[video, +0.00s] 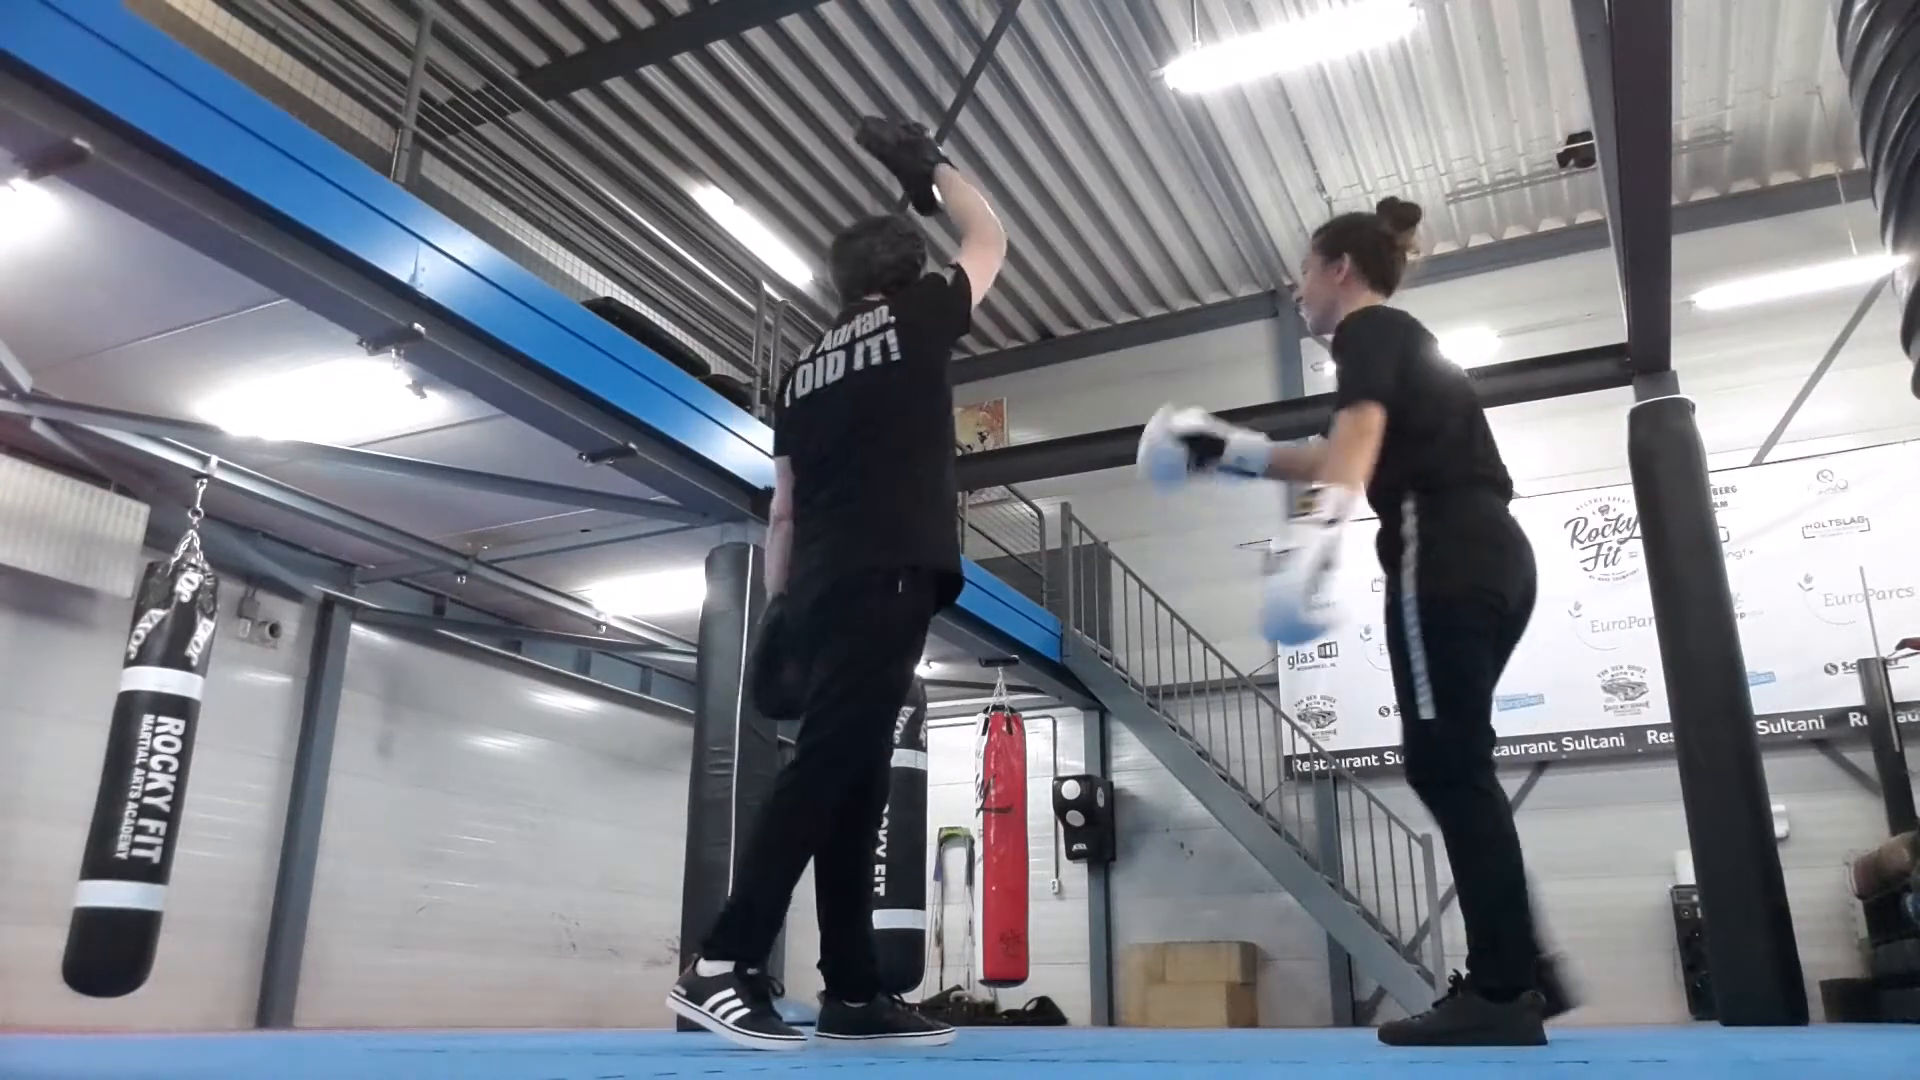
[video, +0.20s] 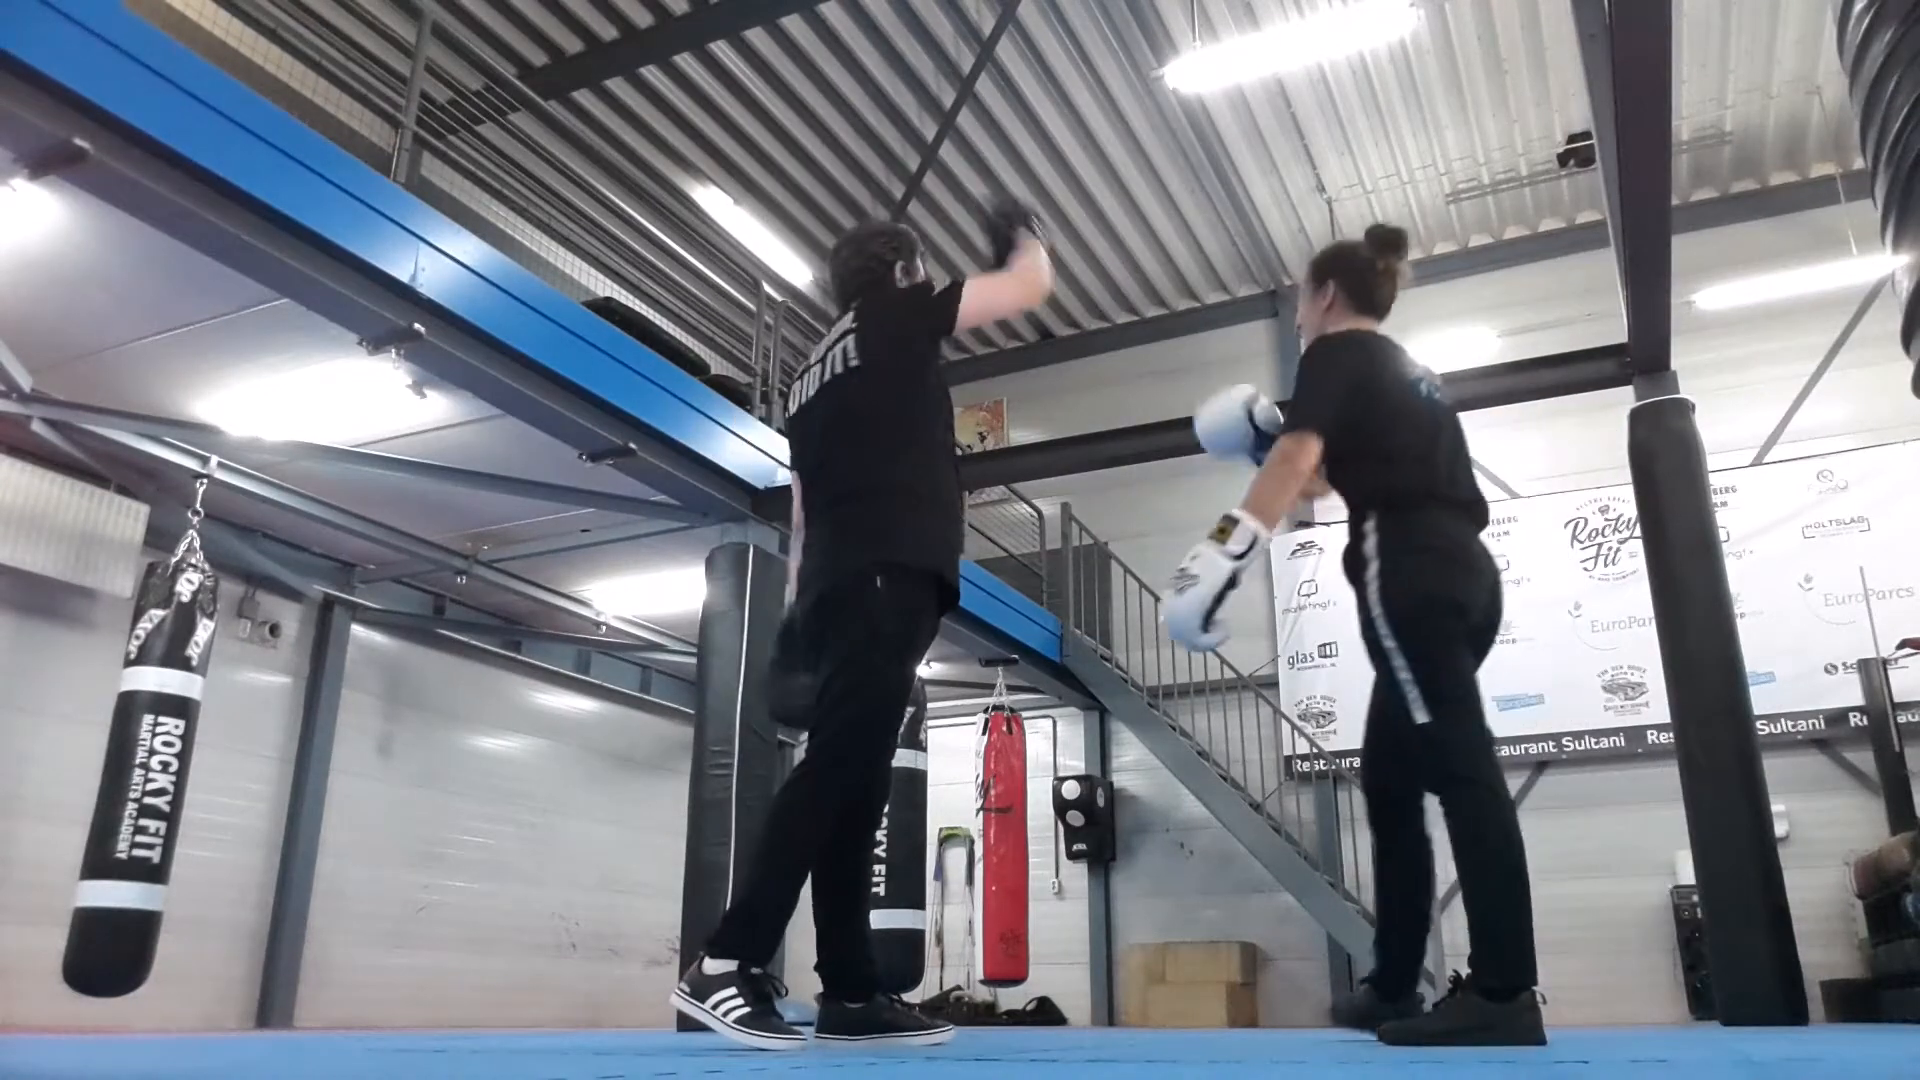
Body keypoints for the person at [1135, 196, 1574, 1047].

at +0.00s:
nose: (1297, 289)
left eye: (1304, 272)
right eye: (1299, 275)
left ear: (1342, 270)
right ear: (1367, 274)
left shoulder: (1368, 329)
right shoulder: (1400, 343)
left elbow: (1361, 435)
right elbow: (1345, 461)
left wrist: (1321, 532)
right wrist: (1240, 452)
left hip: (1442, 554)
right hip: (1487, 551)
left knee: (1446, 763)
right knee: (1450, 761)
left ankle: (1502, 989)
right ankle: (1522, 971)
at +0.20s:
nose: (1297, 314)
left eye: (1300, 300)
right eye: (1299, 301)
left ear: (1325, 295)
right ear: (1374, 302)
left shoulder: (1332, 355)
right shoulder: (1403, 367)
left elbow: (1297, 456)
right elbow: (1354, 453)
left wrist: (1227, 550)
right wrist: (1276, 423)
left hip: (1401, 565)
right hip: (1465, 566)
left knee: (1463, 773)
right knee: (1391, 777)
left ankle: (1503, 993)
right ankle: (1395, 986)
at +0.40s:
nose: (1291, 340)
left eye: (1294, 329)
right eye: (1294, 330)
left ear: (1310, 326)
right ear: (1361, 334)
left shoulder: (1310, 380)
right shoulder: (1395, 401)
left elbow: (1280, 479)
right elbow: (1386, 525)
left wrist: (1219, 566)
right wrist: (1288, 563)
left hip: (1369, 584)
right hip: (1430, 588)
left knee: (1400, 778)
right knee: (1365, 783)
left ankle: (1493, 980)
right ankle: (1388, 992)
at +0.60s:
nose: (1277, 367)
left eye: (1275, 358)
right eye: (1279, 360)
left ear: (1289, 353)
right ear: (1344, 355)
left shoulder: (1295, 396)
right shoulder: (1387, 421)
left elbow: (1283, 481)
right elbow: (1396, 535)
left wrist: (1230, 578)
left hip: (1337, 599)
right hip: (1407, 603)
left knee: (1293, 783)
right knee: (1375, 794)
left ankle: (1415, 922)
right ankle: (1393, 998)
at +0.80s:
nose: (1253, 395)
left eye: (1253, 386)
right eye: (1254, 387)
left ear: (1265, 378)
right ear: (1318, 379)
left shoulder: (1272, 414)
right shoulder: (1368, 445)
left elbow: (1268, 477)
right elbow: (1430, 523)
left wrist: (1229, 560)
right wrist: (1498, 592)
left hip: (1306, 613)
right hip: (1382, 622)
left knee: (1247, 785)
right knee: (1371, 806)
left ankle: (1288, 977)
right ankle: (1394, 1001)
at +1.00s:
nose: (1214, 426)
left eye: (1215, 416)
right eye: (1215, 418)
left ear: (1231, 409)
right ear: (1285, 411)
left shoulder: (1234, 451)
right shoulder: (1338, 467)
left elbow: (1222, 505)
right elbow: (1402, 547)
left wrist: (1187, 554)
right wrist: (1468, 606)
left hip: (1274, 645)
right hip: (1356, 645)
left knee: (1245, 818)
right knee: (1361, 820)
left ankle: (1209, 990)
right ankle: (1394, 1000)